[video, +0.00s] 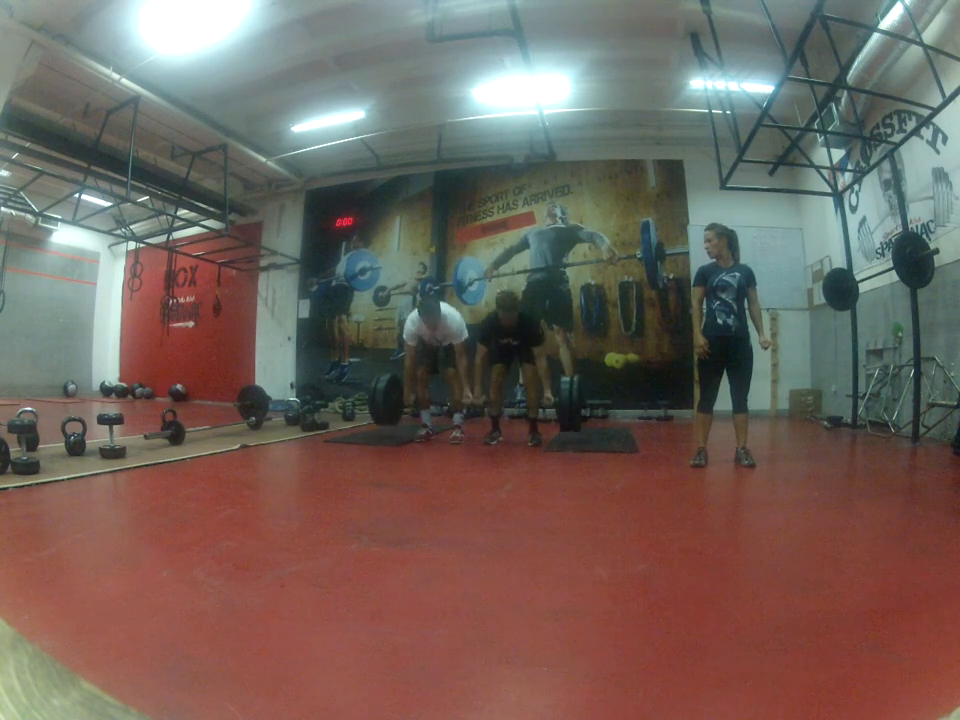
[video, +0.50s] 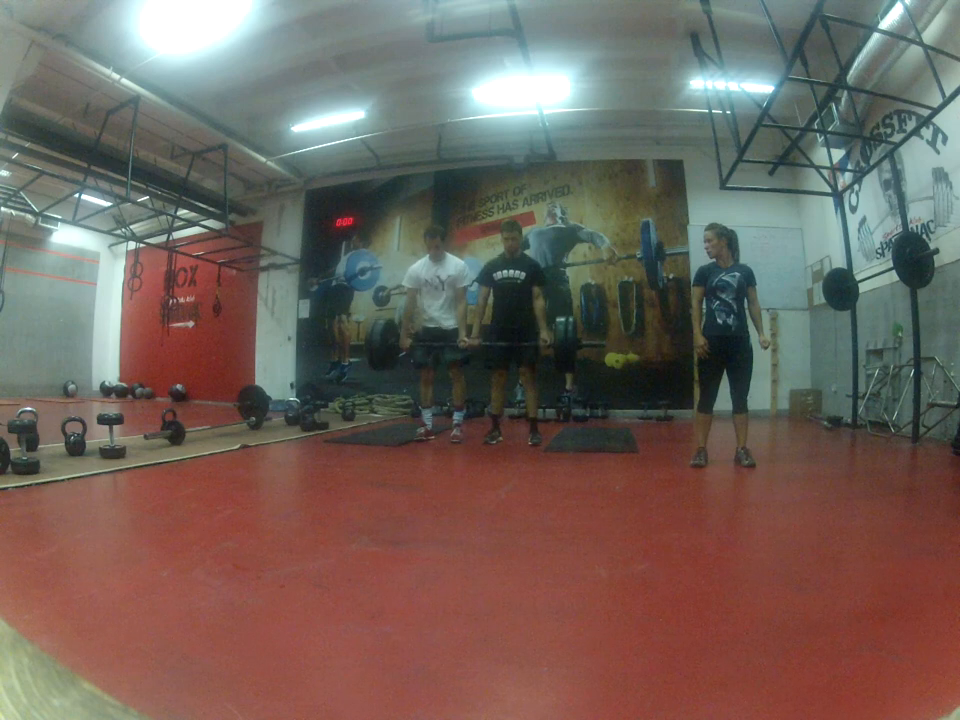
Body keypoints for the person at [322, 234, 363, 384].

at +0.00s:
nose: (353, 243)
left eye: (356, 240)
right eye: (353, 240)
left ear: (361, 242)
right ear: (353, 242)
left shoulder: (360, 256)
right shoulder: (348, 256)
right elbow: (336, 272)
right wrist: (318, 279)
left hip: (346, 289)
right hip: (335, 288)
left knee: (342, 325)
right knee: (334, 326)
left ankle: (345, 363)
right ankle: (336, 361)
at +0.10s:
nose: (353, 243)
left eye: (356, 241)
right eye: (353, 240)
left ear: (362, 243)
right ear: (353, 242)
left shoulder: (361, 257)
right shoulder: (347, 256)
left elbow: (363, 275)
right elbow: (335, 272)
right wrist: (318, 279)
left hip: (346, 289)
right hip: (335, 288)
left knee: (342, 326)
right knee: (334, 326)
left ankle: (345, 363)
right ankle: (335, 361)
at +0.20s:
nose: (353, 243)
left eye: (356, 241)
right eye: (353, 240)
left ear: (361, 243)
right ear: (354, 242)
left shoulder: (360, 257)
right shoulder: (347, 256)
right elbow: (335, 272)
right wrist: (318, 279)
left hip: (346, 289)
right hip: (335, 288)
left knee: (342, 325)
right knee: (333, 326)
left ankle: (345, 363)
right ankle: (335, 361)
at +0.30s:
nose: (353, 243)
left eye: (356, 240)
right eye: (353, 240)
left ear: (361, 242)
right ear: (354, 242)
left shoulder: (360, 257)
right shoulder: (348, 256)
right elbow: (336, 272)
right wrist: (318, 279)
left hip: (346, 288)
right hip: (335, 288)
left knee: (342, 325)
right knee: (334, 326)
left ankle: (345, 362)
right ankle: (335, 361)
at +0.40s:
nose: (353, 244)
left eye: (356, 241)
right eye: (353, 241)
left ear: (362, 243)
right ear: (353, 243)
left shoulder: (362, 257)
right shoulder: (348, 256)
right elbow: (336, 272)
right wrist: (318, 279)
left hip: (346, 289)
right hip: (335, 288)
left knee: (342, 324)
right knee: (333, 325)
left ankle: (345, 363)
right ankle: (335, 361)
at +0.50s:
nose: (354, 243)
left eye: (357, 241)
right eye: (354, 240)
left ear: (362, 243)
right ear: (353, 242)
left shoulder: (361, 257)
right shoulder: (347, 256)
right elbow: (336, 273)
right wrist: (319, 280)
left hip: (346, 289)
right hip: (335, 289)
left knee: (343, 326)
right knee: (334, 326)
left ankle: (345, 363)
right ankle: (335, 361)